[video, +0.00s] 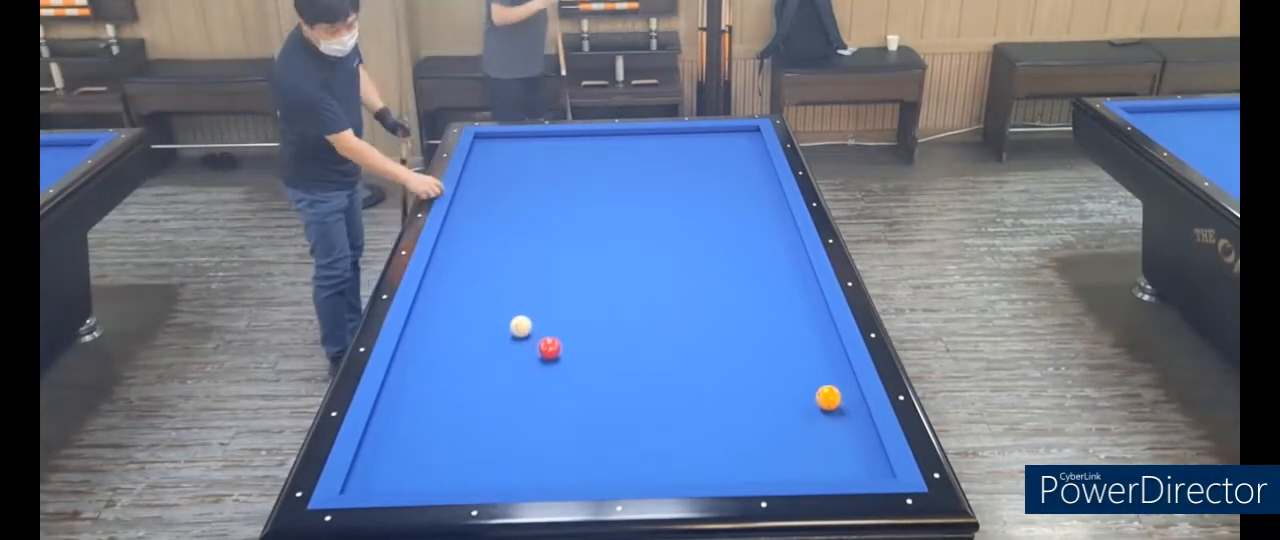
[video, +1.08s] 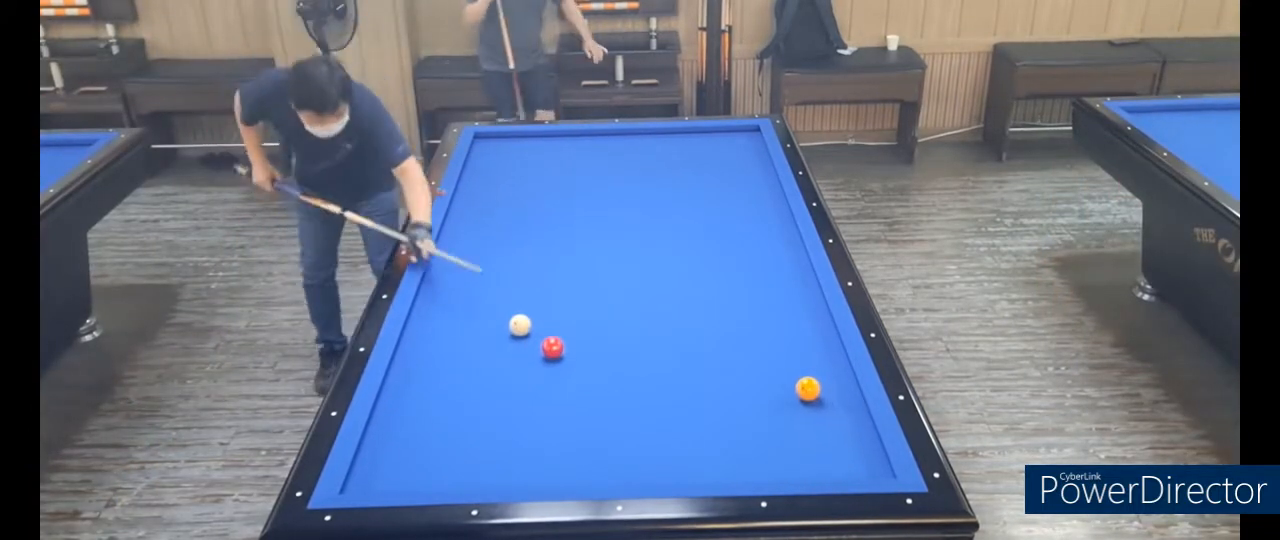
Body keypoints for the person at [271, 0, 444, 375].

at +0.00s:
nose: (344, 37)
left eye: (349, 26)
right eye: (332, 31)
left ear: (355, 14)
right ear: (307, 26)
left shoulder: (342, 37)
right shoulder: (297, 74)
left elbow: (356, 74)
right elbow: (347, 146)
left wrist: (383, 113)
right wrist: (408, 177)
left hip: (346, 177)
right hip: (316, 187)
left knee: (351, 257)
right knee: (332, 268)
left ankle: (354, 328)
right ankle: (338, 353)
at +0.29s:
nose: (338, 45)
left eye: (343, 34)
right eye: (326, 40)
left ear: (348, 18)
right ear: (300, 31)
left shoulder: (349, 36)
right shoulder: (288, 68)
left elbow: (366, 65)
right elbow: (316, 148)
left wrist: (381, 78)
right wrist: (385, 174)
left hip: (346, 177)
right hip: (309, 185)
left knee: (351, 258)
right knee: (327, 267)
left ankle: (353, 331)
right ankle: (338, 352)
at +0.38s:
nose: (330, 42)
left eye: (334, 32)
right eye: (318, 37)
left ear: (342, 16)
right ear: (293, 31)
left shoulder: (351, 32)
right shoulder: (276, 62)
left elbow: (378, 63)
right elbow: (279, 148)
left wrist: (387, 70)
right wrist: (348, 177)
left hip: (350, 178)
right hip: (306, 186)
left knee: (351, 261)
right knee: (323, 272)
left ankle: (354, 336)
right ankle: (338, 354)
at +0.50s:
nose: (318, 41)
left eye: (322, 31)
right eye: (305, 37)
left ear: (329, 15)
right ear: (280, 31)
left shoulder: (349, 33)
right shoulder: (262, 63)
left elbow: (399, 76)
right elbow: (244, 142)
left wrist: (394, 69)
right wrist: (299, 192)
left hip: (351, 176)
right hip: (300, 187)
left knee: (355, 263)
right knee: (314, 272)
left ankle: (354, 337)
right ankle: (333, 350)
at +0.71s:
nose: (308, 60)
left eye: (312, 50)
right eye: (295, 56)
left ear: (317, 34)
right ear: (270, 50)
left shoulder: (343, 53)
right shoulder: (250, 74)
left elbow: (390, 96)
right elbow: (221, 135)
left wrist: (401, 118)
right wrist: (259, 185)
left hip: (354, 185)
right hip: (298, 195)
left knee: (379, 260)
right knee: (310, 277)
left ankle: (363, 338)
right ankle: (332, 352)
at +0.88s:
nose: (314, 85)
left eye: (319, 75)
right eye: (302, 81)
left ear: (324, 59)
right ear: (275, 73)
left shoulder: (350, 78)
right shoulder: (249, 81)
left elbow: (394, 130)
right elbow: (225, 123)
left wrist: (402, 176)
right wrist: (252, 173)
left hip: (359, 188)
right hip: (300, 194)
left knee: (383, 269)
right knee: (309, 276)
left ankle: (414, 341)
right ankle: (332, 353)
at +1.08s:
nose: (327, 129)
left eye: (334, 121)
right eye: (317, 123)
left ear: (347, 102)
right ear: (296, 107)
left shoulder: (366, 107)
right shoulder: (275, 89)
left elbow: (409, 170)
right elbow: (242, 104)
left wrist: (421, 226)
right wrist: (258, 162)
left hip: (372, 190)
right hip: (315, 190)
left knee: (388, 268)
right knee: (316, 275)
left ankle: (412, 350)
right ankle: (332, 352)